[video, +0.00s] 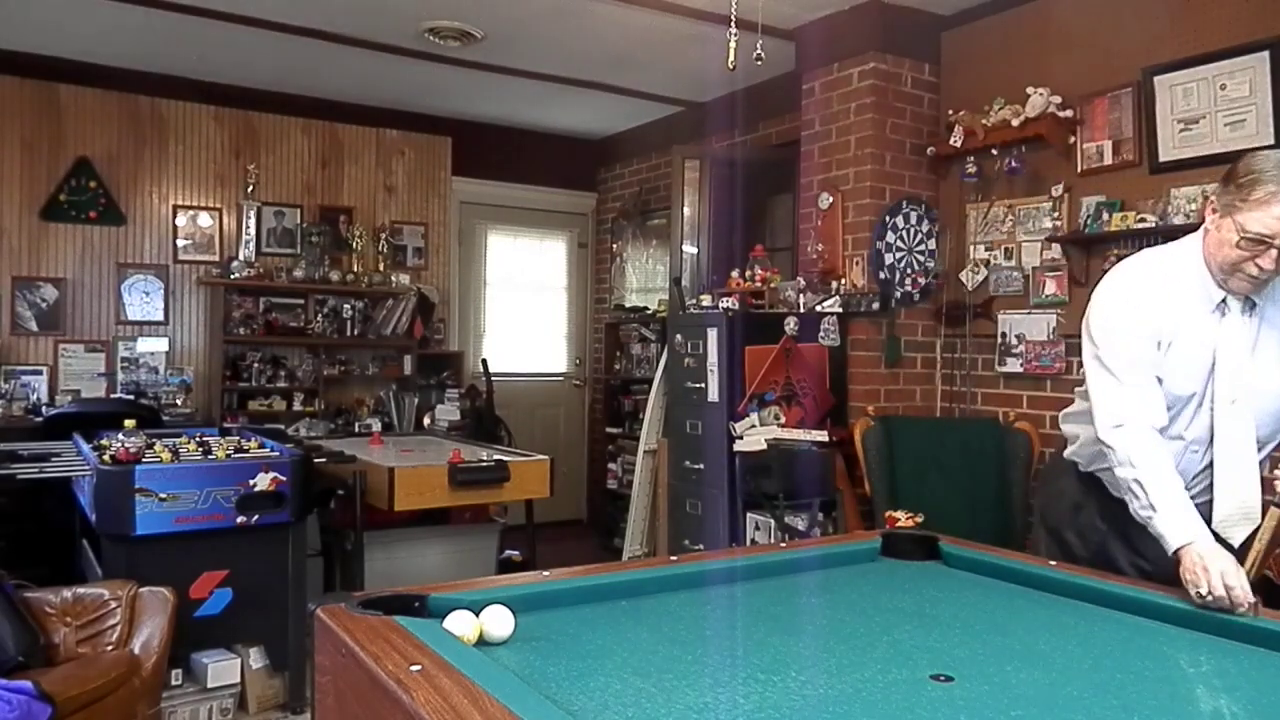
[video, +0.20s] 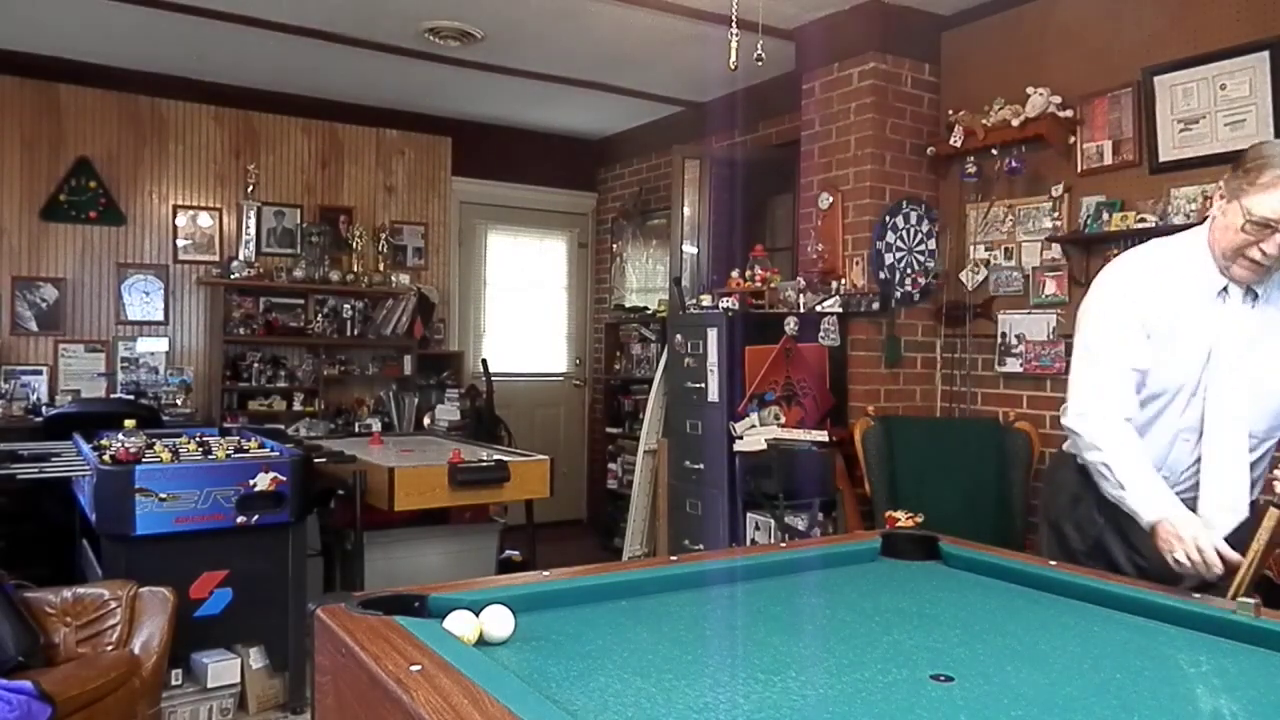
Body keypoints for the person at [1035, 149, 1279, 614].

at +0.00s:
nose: (1268, 263)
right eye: (1255, 241)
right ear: (1212, 214)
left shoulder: (1271, 300)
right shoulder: (1131, 291)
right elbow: (1129, 433)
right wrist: (1191, 544)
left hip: (1208, 518)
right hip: (1099, 510)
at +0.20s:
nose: (1270, 248)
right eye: (1260, 224)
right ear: (1219, 202)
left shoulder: (1273, 298)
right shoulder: (1132, 281)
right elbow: (1093, 419)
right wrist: (1163, 516)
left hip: (1222, 525)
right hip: (1103, 508)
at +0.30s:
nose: (1265, 237)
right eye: (1253, 212)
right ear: (1216, 193)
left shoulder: (1273, 290)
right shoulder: (1129, 274)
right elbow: (1064, 404)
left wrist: (1270, 463)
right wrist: (1134, 499)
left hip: (1227, 533)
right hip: (1103, 522)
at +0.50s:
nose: (1212, 211)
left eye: (1238, 198)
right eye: (1202, 190)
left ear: (1270, 206)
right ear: (1179, 185)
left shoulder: (1274, 278)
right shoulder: (1110, 266)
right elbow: (1038, 385)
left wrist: (1270, 452)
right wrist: (1075, 488)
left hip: (1224, 532)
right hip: (1102, 520)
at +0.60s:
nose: (1178, 203)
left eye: (1202, 188)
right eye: (1166, 185)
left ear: (1248, 188)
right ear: (1150, 182)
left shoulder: (1270, 278)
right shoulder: (1094, 269)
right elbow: (1033, 383)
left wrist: (1245, 442)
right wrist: (1051, 482)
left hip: (1213, 530)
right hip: (1094, 518)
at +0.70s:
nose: (1145, 197)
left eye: (1165, 182)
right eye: (1133, 182)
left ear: (1217, 181)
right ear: (1122, 184)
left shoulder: (1263, 277)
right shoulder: (1080, 272)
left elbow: (1275, 413)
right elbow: (1029, 384)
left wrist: (1217, 432)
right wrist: (1037, 480)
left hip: (1203, 526)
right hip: (1083, 515)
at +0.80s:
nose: (1112, 195)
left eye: (1131, 178)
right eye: (1103, 180)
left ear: (1182, 174)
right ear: (1094, 181)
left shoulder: (1245, 274)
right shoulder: (1066, 277)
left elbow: (1271, 407)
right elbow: (1024, 390)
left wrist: (1187, 417)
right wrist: (1026, 478)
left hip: (1196, 524)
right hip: (1084, 517)